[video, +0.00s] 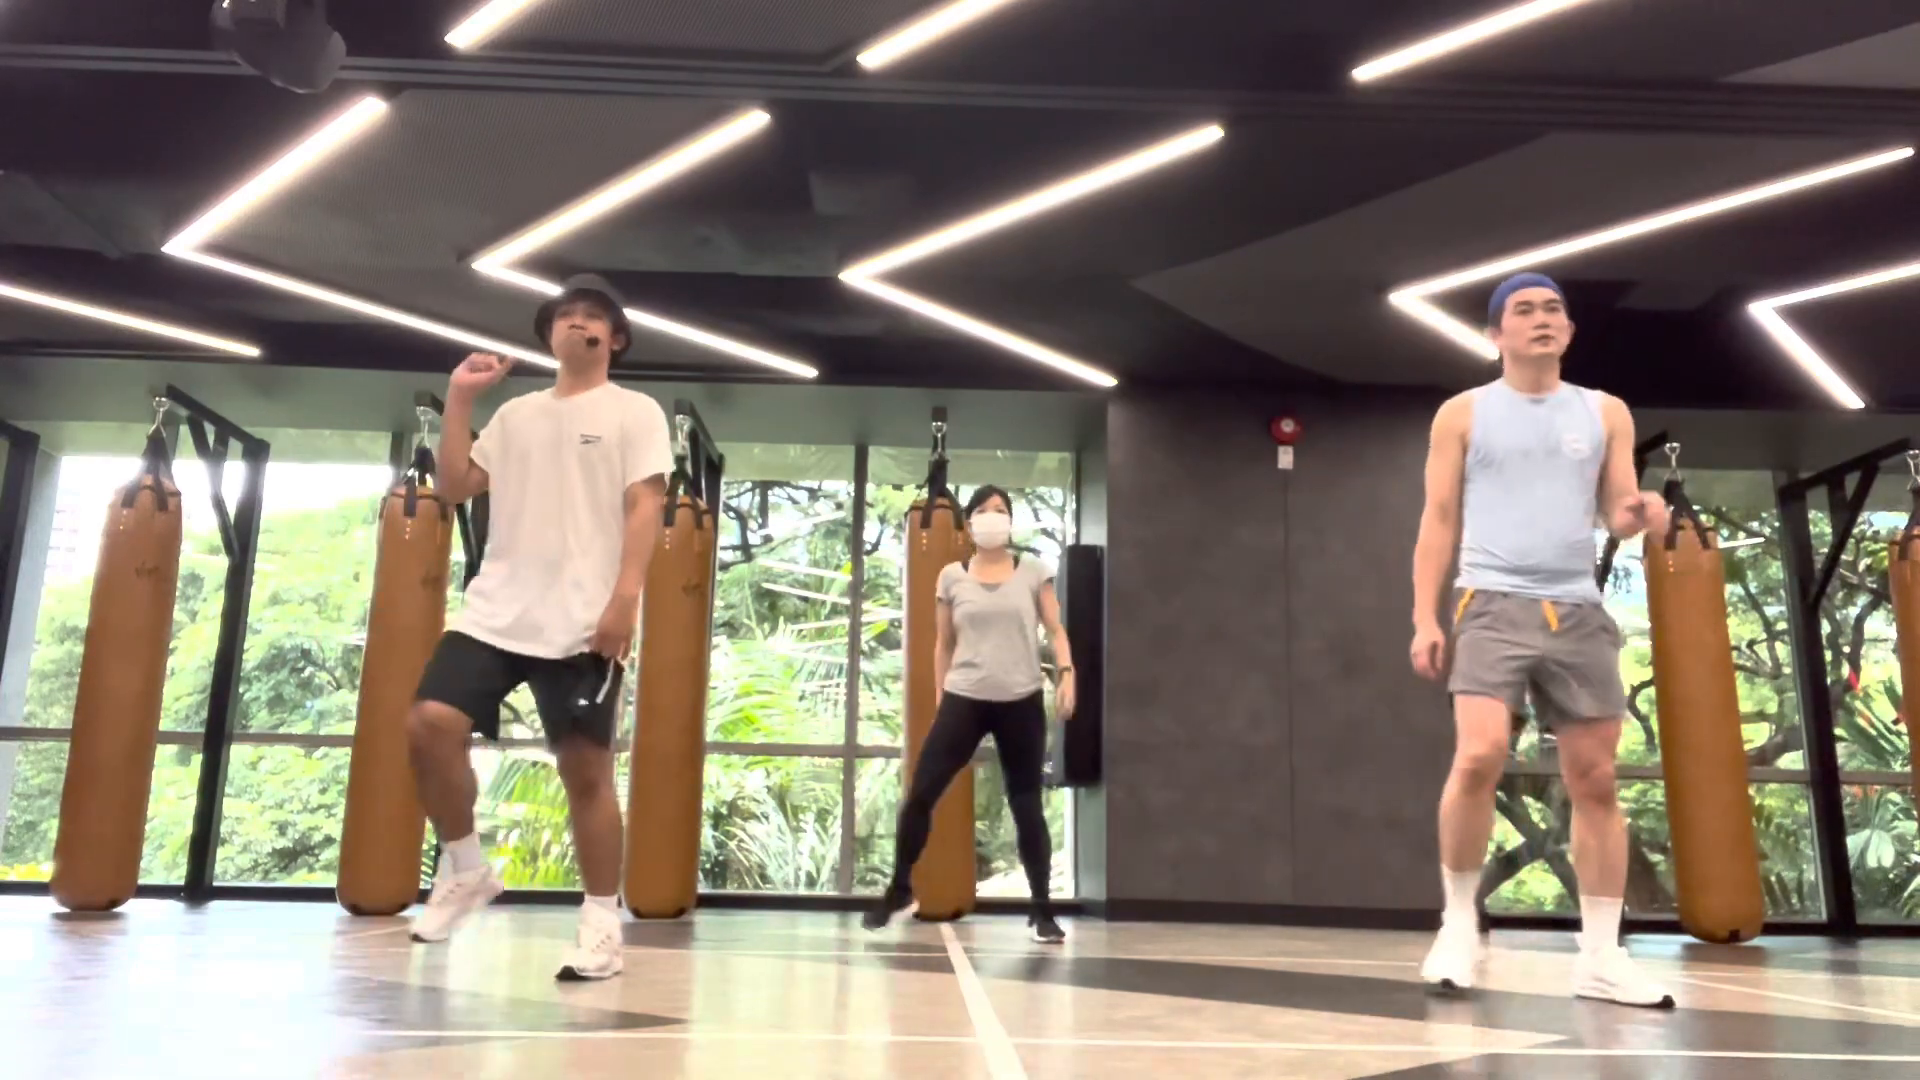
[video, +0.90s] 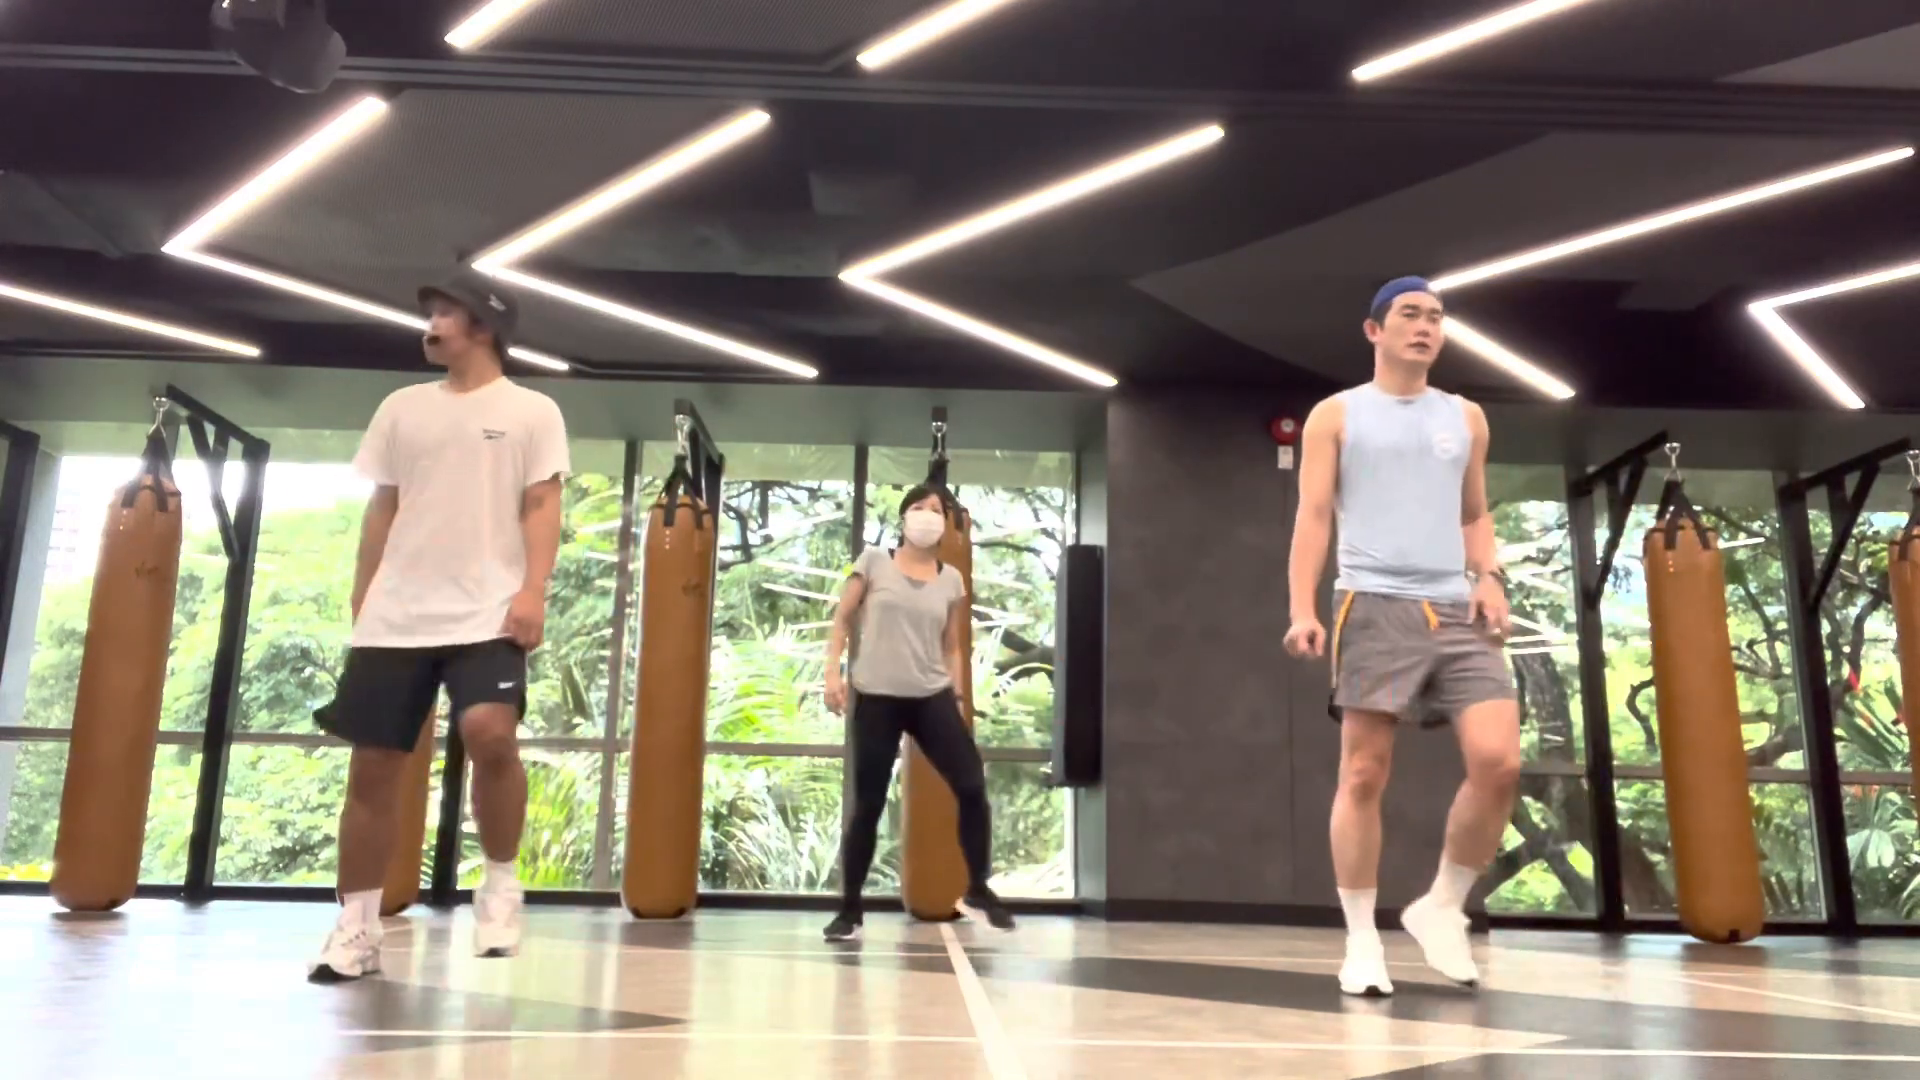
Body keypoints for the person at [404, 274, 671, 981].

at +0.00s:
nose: (579, 322)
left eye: (593, 314)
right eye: (568, 313)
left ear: (615, 337)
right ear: (548, 335)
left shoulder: (635, 412)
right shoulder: (515, 412)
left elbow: (645, 508)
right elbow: (453, 484)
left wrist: (623, 600)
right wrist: (460, 397)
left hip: (580, 615)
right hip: (496, 606)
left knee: (586, 773)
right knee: (433, 724)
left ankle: (601, 930)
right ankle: (466, 871)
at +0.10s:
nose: (561, 322)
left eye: (576, 312)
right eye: (550, 314)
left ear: (599, 334)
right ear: (533, 335)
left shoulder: (621, 411)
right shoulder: (498, 413)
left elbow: (633, 507)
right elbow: (438, 481)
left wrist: (618, 597)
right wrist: (427, 389)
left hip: (570, 617)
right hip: (479, 612)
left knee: (581, 772)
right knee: (413, 734)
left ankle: (601, 927)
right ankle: (409, 898)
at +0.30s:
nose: (473, 339)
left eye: (487, 329)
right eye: (473, 329)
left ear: (524, 341)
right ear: (478, 343)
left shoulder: (565, 420)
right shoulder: (439, 423)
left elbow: (585, 518)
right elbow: (382, 479)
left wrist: (584, 601)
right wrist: (392, 387)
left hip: (521, 630)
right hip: (428, 630)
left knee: (552, 776)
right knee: (387, 768)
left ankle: (597, 928)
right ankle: (358, 930)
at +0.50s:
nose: (425, 333)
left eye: (438, 322)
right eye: (429, 321)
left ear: (475, 331)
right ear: (449, 332)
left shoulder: (530, 412)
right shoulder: (403, 411)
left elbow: (541, 508)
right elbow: (348, 484)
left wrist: (528, 595)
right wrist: (333, 399)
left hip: (482, 618)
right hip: (392, 619)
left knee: (485, 748)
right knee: (371, 768)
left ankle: (544, 905)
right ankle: (357, 930)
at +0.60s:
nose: (421, 331)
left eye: (435, 320)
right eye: (424, 319)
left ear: (472, 331)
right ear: (443, 331)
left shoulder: (525, 411)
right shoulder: (397, 409)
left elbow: (534, 509)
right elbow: (342, 487)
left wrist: (517, 595)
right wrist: (300, 459)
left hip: (472, 614)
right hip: (384, 614)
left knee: (453, 748)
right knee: (372, 769)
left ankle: (474, 910)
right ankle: (357, 930)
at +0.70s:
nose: (419, 336)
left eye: (432, 325)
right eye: (422, 324)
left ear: (469, 334)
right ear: (447, 335)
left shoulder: (524, 416)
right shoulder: (394, 415)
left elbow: (534, 512)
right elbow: (340, 491)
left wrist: (513, 598)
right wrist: (276, 543)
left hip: (467, 622)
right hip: (378, 619)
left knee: (435, 759)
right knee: (366, 768)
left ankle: (423, 924)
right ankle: (357, 928)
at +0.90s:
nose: (430, 324)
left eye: (444, 312)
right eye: (430, 313)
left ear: (484, 325)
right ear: (442, 327)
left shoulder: (534, 411)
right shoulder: (401, 408)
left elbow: (543, 507)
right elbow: (382, 513)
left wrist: (534, 590)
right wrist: (363, 607)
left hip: (488, 613)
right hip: (396, 613)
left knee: (490, 735)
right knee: (370, 770)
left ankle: (499, 884)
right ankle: (356, 929)